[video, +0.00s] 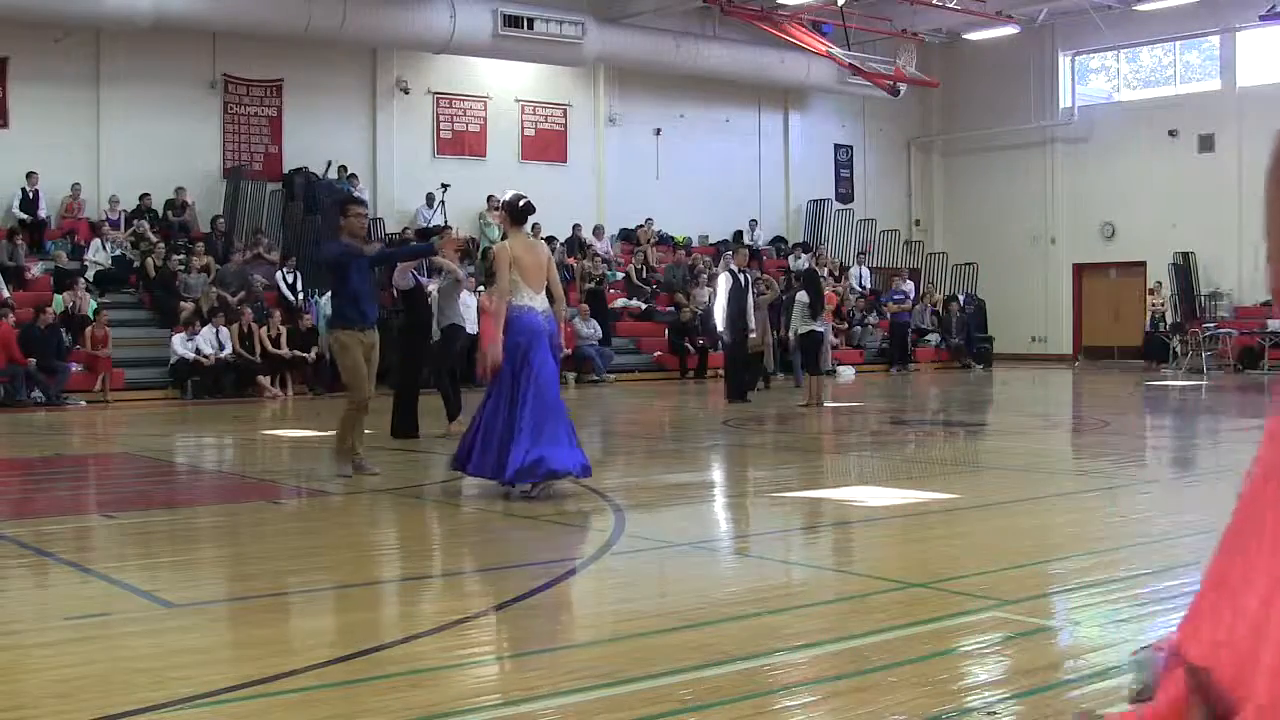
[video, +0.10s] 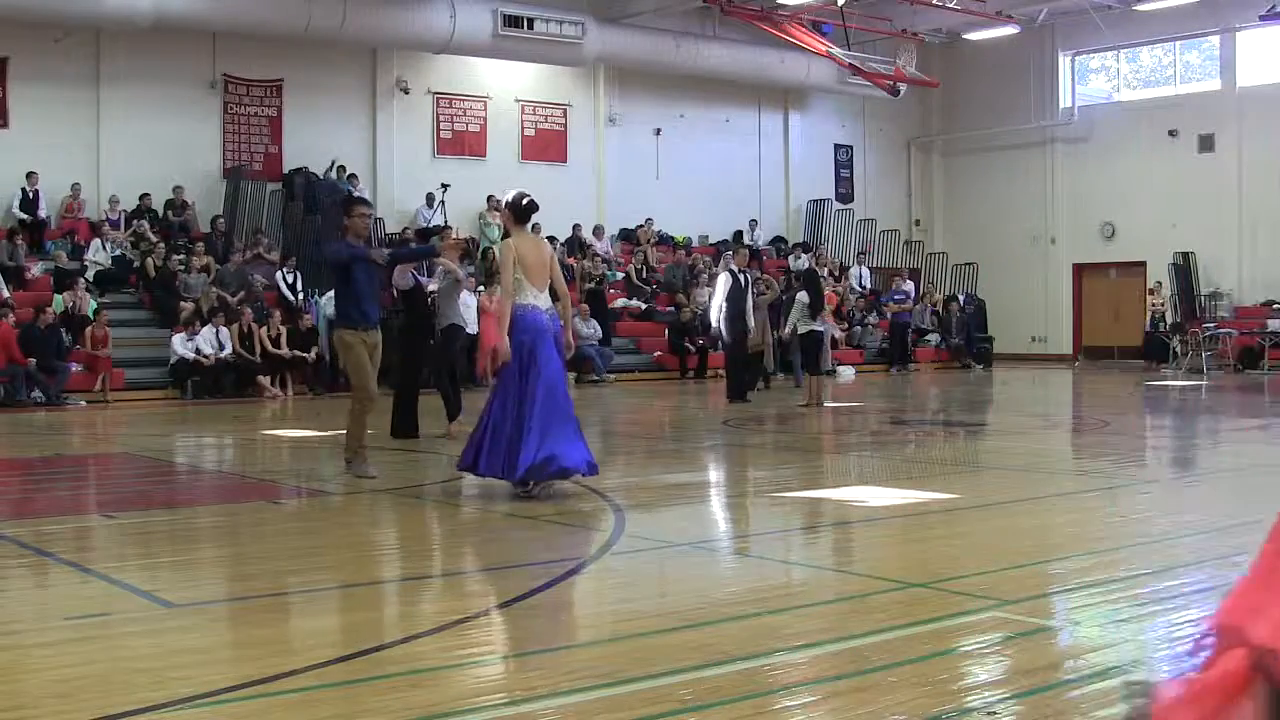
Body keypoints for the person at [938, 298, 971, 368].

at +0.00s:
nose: (953, 308)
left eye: (955, 305)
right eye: (951, 306)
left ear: (958, 307)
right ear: (948, 307)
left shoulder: (963, 318)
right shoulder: (945, 318)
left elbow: (964, 331)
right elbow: (943, 331)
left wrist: (958, 338)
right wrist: (949, 339)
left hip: (959, 339)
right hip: (949, 339)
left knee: (961, 346)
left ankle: (964, 360)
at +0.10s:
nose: (953, 308)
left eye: (954, 305)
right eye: (951, 306)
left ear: (958, 307)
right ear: (948, 307)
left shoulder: (963, 318)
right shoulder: (945, 318)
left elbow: (964, 331)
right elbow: (943, 331)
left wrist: (958, 338)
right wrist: (949, 339)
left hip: (959, 339)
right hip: (949, 339)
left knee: (961, 346)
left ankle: (964, 360)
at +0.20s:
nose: (953, 308)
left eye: (954, 305)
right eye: (951, 306)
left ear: (958, 307)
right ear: (948, 307)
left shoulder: (963, 318)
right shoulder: (945, 318)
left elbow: (964, 331)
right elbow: (943, 332)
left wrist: (958, 338)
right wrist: (949, 339)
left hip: (959, 339)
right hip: (949, 339)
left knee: (961, 346)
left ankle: (964, 360)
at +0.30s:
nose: (953, 308)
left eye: (955, 306)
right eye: (951, 306)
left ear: (958, 307)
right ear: (949, 307)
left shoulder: (963, 317)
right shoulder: (945, 318)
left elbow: (964, 331)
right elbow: (943, 332)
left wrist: (958, 339)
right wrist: (950, 340)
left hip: (959, 338)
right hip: (950, 339)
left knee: (961, 345)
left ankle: (963, 361)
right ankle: (965, 361)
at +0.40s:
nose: (954, 308)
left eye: (955, 306)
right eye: (952, 306)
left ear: (958, 307)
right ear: (949, 307)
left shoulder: (963, 318)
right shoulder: (945, 318)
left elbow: (964, 331)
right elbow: (943, 332)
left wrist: (958, 338)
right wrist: (950, 339)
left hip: (959, 338)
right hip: (950, 338)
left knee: (961, 344)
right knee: (954, 346)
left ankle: (963, 361)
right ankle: (967, 361)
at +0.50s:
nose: (954, 308)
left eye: (955, 306)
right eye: (952, 306)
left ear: (958, 307)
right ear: (949, 307)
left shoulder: (963, 318)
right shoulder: (945, 318)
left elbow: (964, 331)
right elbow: (943, 332)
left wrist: (958, 338)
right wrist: (950, 339)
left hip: (959, 338)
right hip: (950, 338)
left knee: (961, 344)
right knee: (953, 346)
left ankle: (963, 361)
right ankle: (966, 361)